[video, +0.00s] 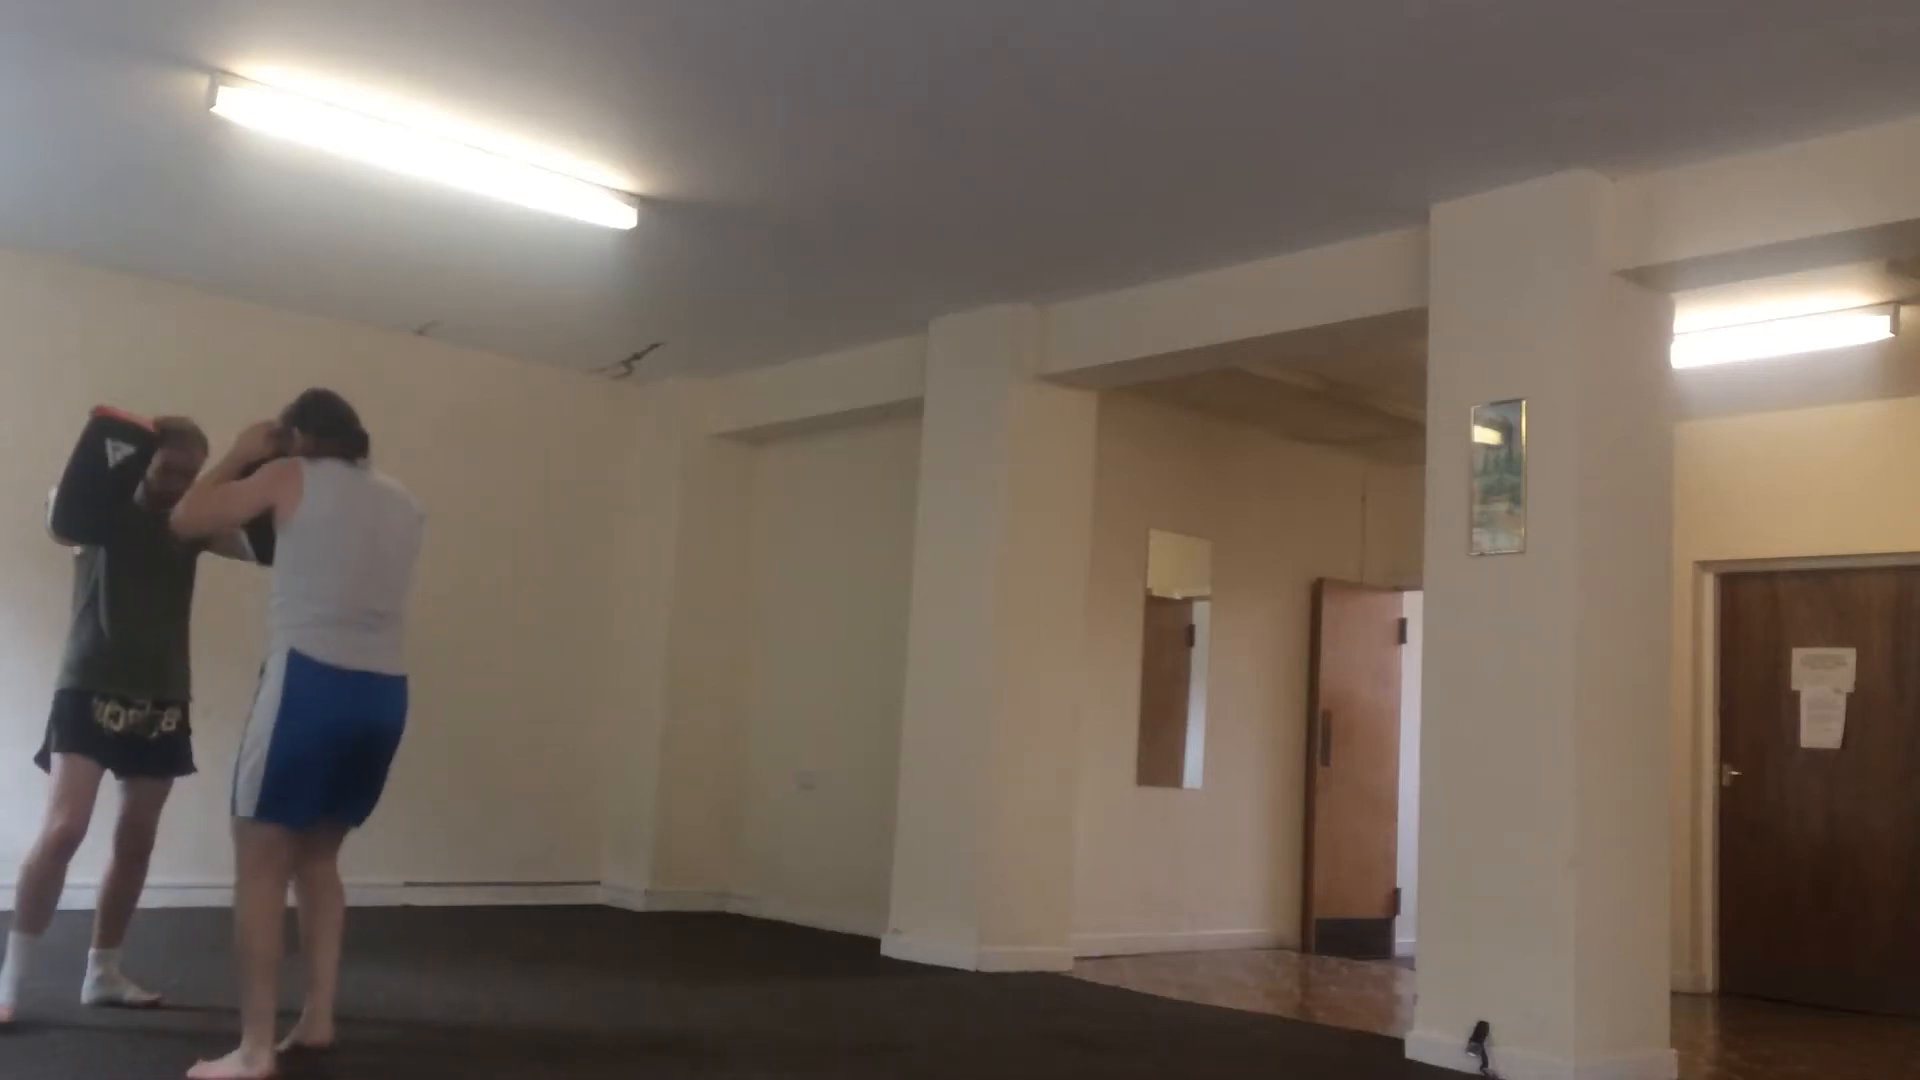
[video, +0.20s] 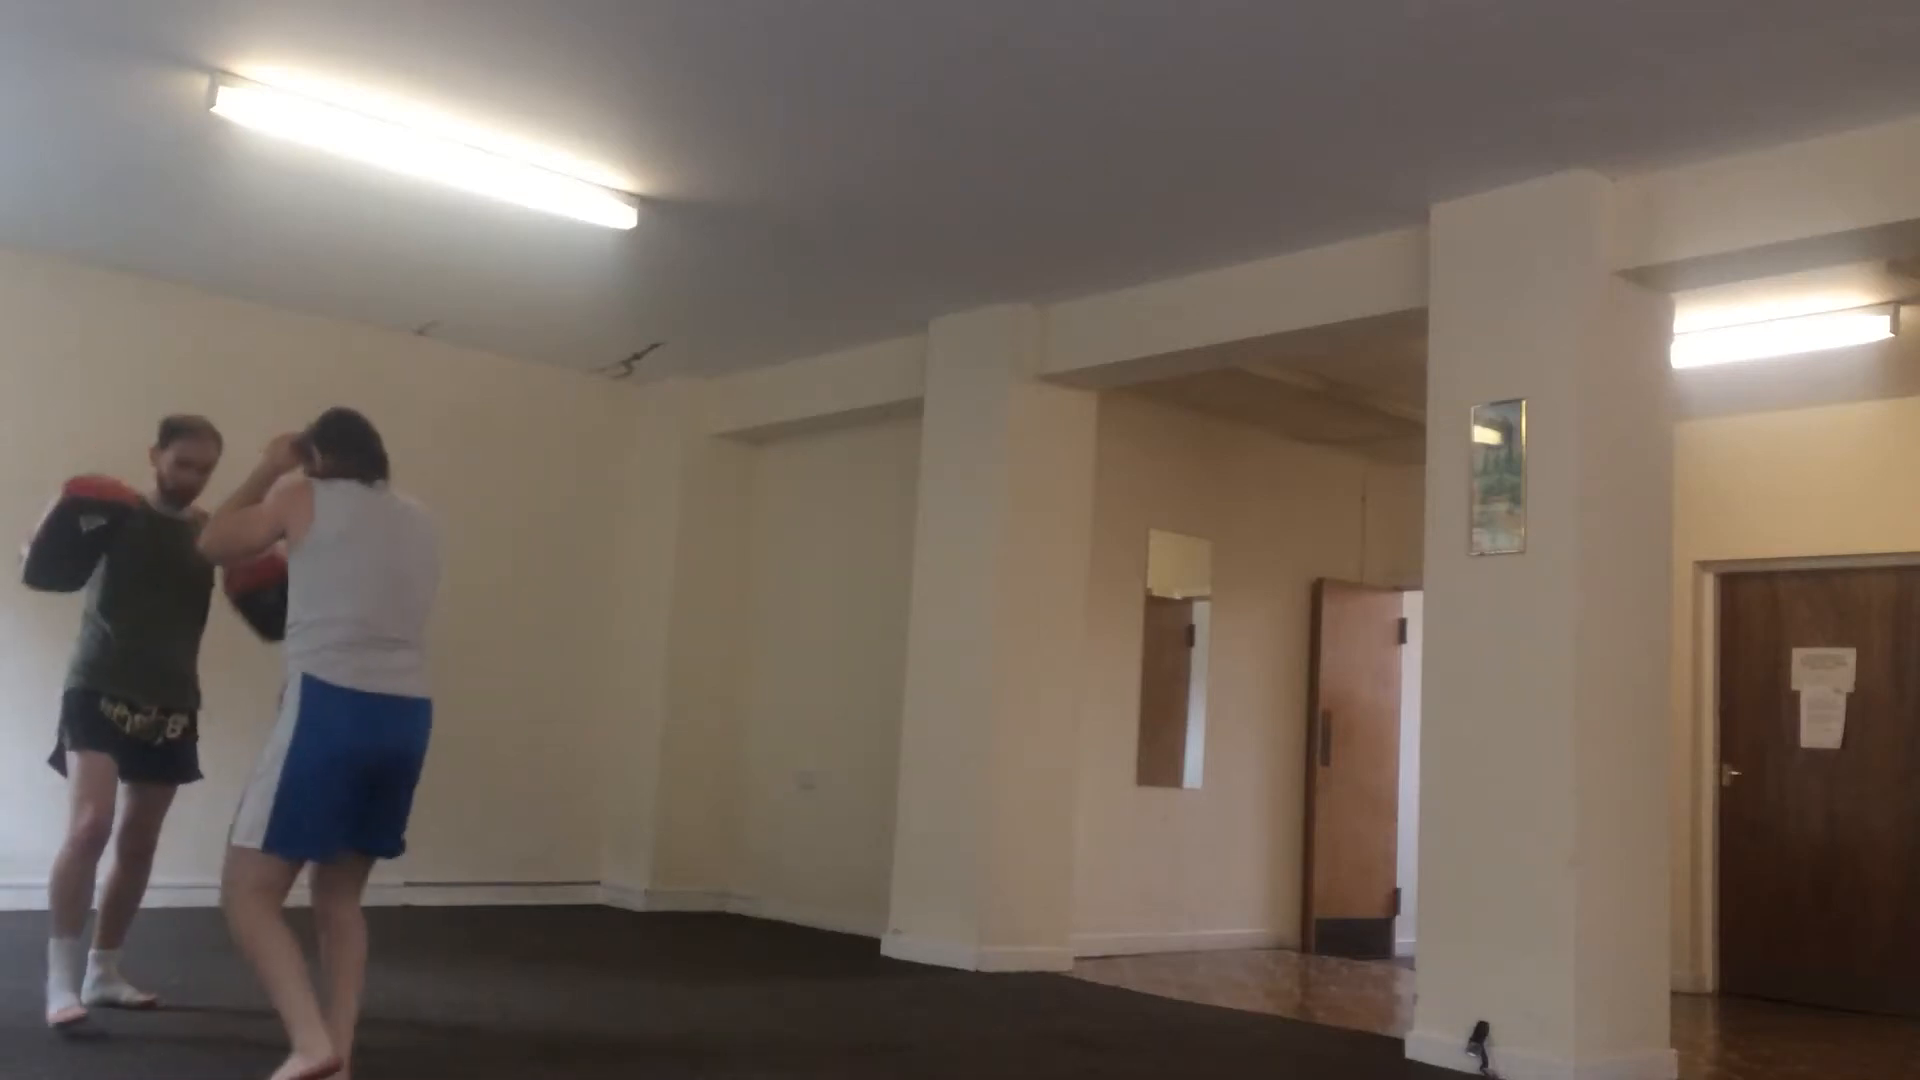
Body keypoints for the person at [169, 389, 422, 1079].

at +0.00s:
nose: (282, 442)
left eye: (285, 434)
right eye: (284, 433)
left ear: (299, 438)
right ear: (359, 441)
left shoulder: (292, 479)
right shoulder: (404, 507)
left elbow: (188, 518)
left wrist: (240, 454)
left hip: (305, 694)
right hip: (381, 702)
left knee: (262, 862)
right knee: (319, 853)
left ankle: (256, 1048)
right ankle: (319, 1019)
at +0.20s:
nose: (299, 461)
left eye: (304, 453)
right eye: (302, 453)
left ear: (317, 457)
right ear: (379, 462)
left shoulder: (306, 496)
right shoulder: (421, 523)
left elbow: (212, 541)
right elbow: (375, 603)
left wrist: (266, 471)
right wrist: (286, 588)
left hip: (324, 719)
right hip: (403, 728)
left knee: (248, 894)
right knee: (341, 895)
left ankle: (312, 1047)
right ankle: (337, 1056)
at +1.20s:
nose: (378, 453)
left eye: (379, 441)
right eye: (378, 439)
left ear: (394, 444)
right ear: (452, 444)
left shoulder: (390, 493)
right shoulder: (504, 510)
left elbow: (289, 536)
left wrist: (331, 457)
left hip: (414, 724)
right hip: (491, 734)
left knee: (325, 911)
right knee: (406, 904)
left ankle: (376, 1071)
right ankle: (416, 1068)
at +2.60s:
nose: (353, 445)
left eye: (359, 439)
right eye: (357, 439)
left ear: (369, 450)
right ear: (436, 457)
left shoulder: (343, 494)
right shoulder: (475, 517)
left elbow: (249, 535)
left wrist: (316, 467)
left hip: (384, 727)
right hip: (470, 736)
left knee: (339, 936)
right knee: (375, 911)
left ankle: (406, 1072)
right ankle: (348, 1066)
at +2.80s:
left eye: (353, 455)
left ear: (353, 472)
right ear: (424, 486)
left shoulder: (312, 514)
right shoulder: (447, 548)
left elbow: (246, 512)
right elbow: (522, 554)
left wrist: (328, 469)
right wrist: (453, 491)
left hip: (324, 756)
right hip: (405, 771)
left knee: (326, 966)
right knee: (289, 924)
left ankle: (405, 1074)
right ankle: (239, 1049)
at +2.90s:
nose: (348, 473)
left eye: (352, 465)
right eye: (357, 465)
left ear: (359, 474)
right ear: (424, 488)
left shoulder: (308, 510)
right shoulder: (448, 559)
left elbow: (207, 475)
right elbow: (542, 564)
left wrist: (250, 472)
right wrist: (491, 493)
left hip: (286, 748)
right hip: (363, 767)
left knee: (240, 945)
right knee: (268, 904)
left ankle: (355, 1055)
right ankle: (230, 1056)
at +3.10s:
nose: (320, 456)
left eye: (323, 447)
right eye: (321, 449)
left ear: (338, 447)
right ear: (399, 447)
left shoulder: (324, 494)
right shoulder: (445, 512)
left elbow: (221, 526)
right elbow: (511, 499)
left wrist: (117, 569)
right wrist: (445, 432)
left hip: (241, 686)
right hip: (317, 730)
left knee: (137, 672)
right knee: (273, 877)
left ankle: (25, 775)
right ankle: (231, 1049)